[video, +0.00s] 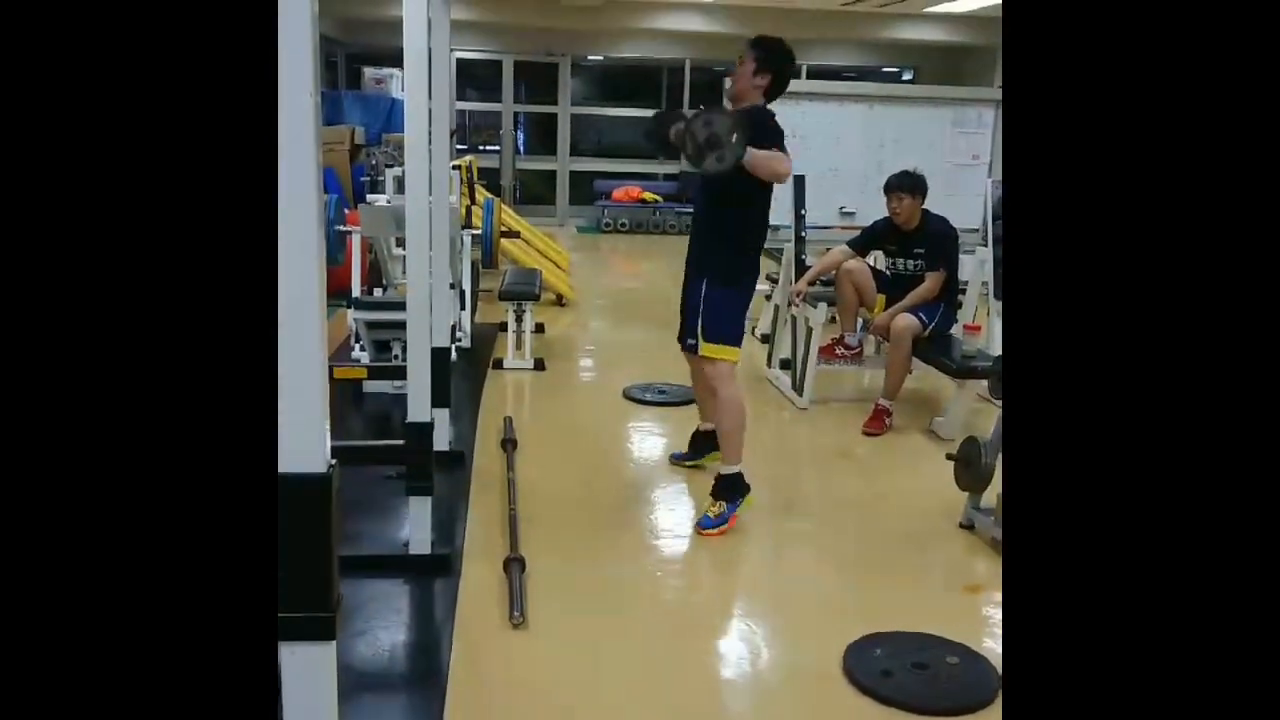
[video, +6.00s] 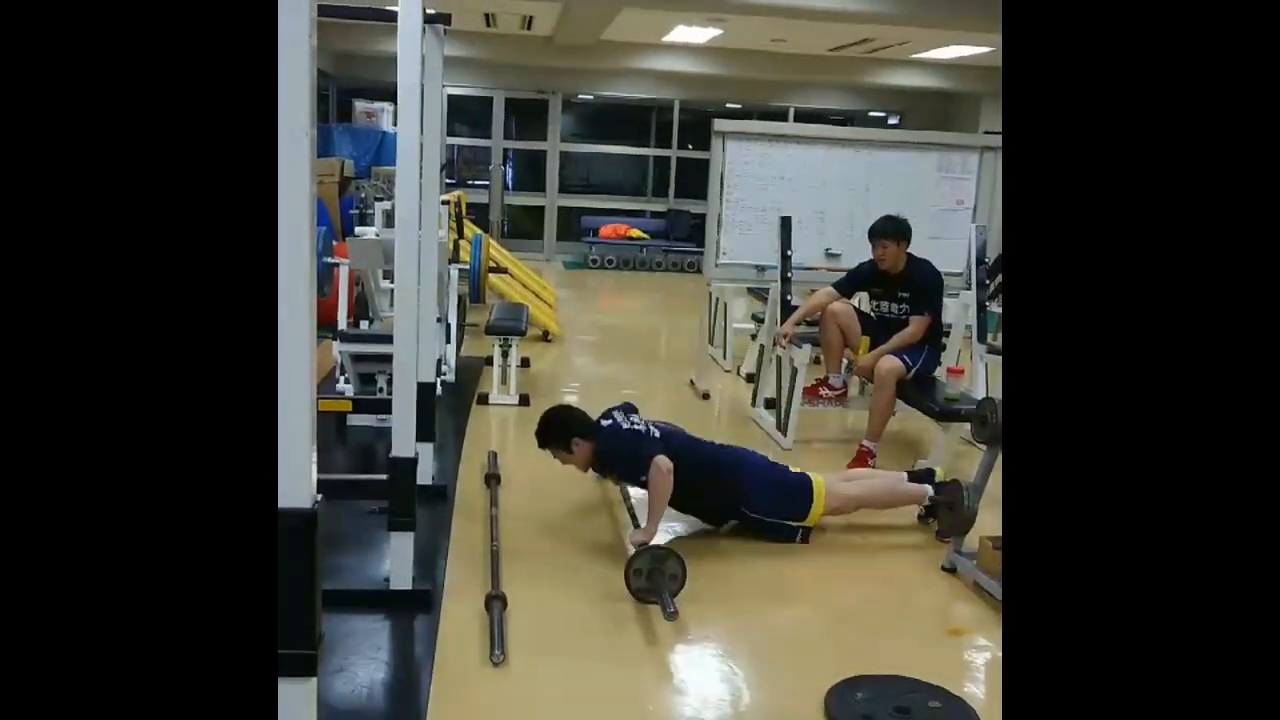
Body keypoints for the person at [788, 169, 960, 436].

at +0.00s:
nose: (893, 205)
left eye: (901, 199)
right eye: (890, 199)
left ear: (920, 201)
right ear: (886, 200)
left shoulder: (941, 231)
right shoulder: (884, 228)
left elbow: (932, 287)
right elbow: (843, 254)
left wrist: (889, 315)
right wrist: (805, 280)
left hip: (935, 304)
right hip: (895, 295)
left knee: (901, 325)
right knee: (849, 269)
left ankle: (883, 407)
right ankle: (849, 344)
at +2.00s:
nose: (884, 213)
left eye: (891, 207)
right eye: (881, 206)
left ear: (911, 208)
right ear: (877, 205)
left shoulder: (932, 238)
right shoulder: (875, 233)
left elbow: (922, 293)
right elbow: (833, 258)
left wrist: (880, 318)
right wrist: (796, 282)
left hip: (925, 308)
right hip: (888, 297)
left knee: (891, 331)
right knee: (839, 273)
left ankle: (872, 412)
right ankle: (839, 347)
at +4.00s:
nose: (881, 245)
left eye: (888, 239)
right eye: (877, 238)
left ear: (906, 241)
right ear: (873, 239)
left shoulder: (927, 272)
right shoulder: (869, 267)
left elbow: (916, 327)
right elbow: (828, 290)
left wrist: (873, 352)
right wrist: (791, 316)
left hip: (919, 342)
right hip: (880, 332)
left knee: (885, 364)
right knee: (834, 306)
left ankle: (866, 445)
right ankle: (834, 380)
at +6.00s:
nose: (877, 254)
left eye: (884, 248)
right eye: (874, 247)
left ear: (904, 246)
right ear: (870, 246)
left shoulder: (926, 276)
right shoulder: (869, 270)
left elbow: (916, 331)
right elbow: (829, 295)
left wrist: (873, 357)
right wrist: (791, 321)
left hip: (918, 345)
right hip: (881, 335)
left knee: (886, 368)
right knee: (834, 311)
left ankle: (867, 449)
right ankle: (834, 386)